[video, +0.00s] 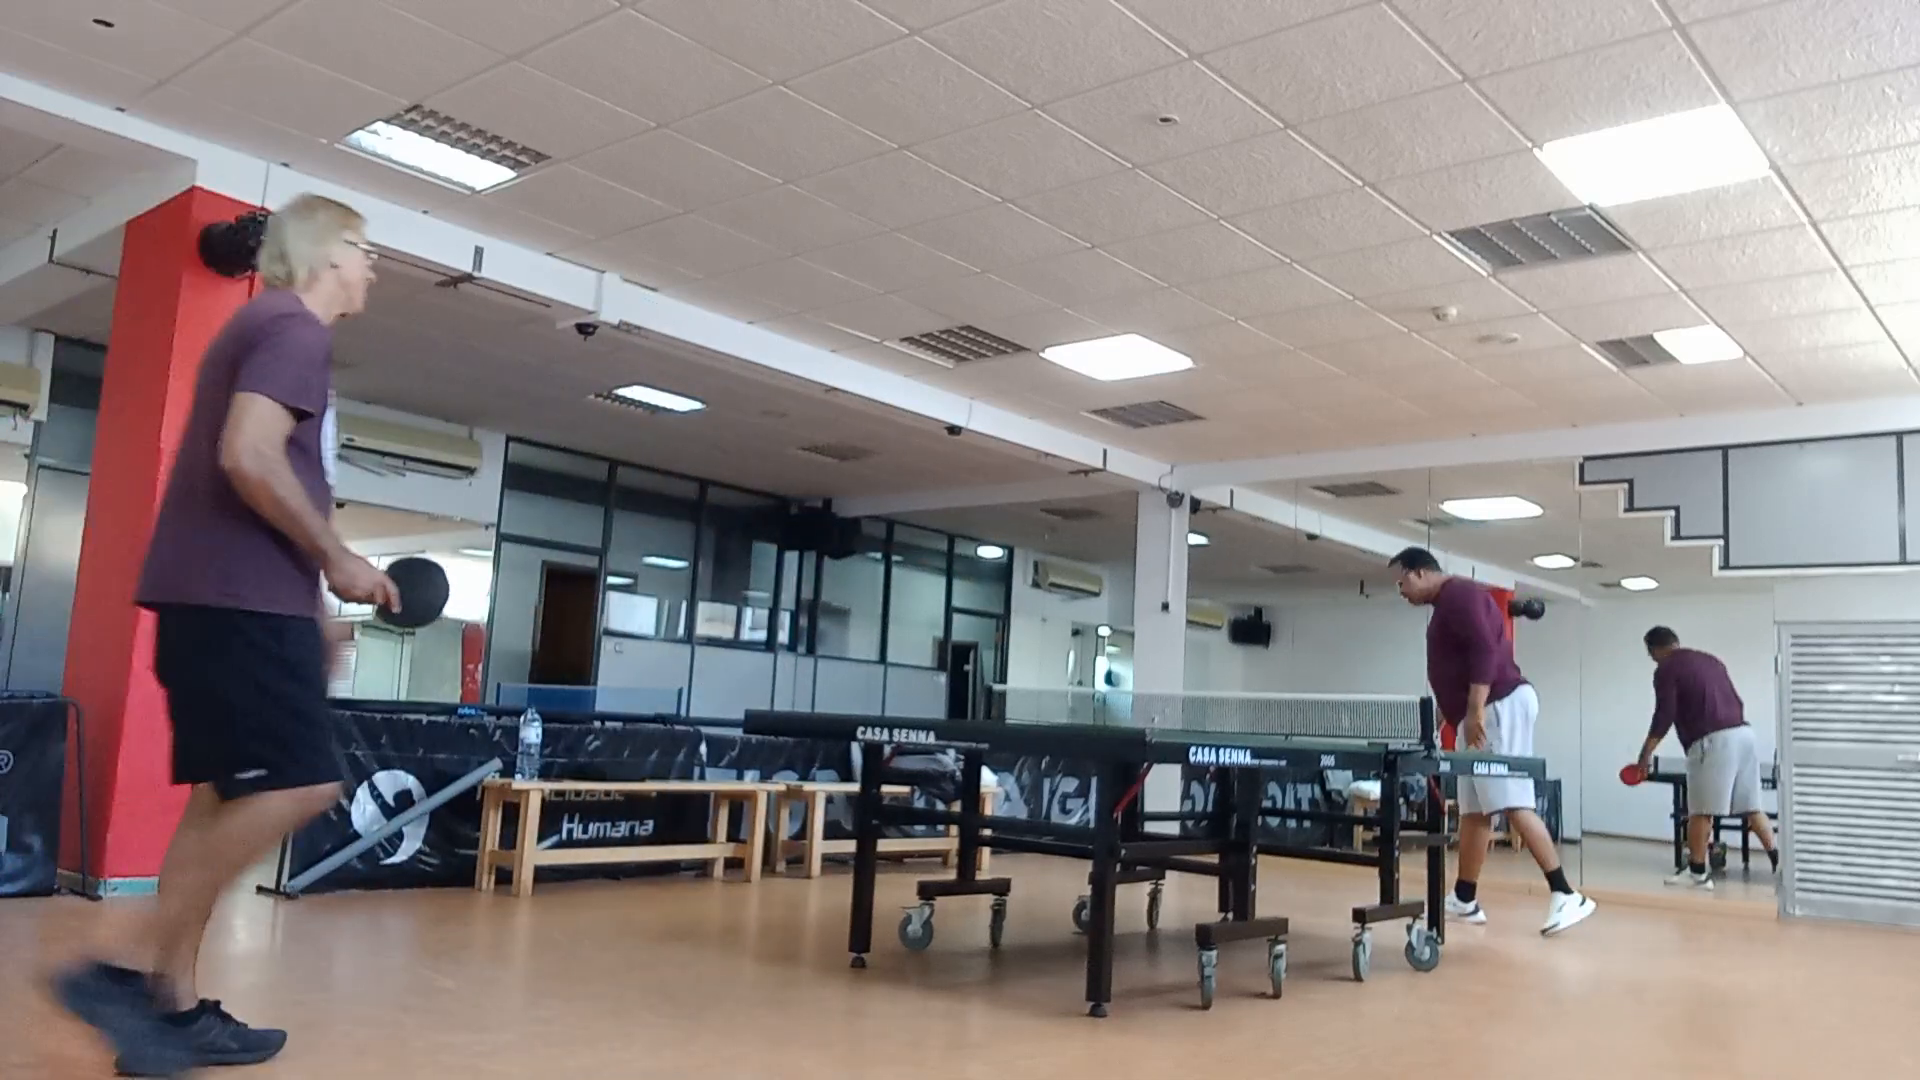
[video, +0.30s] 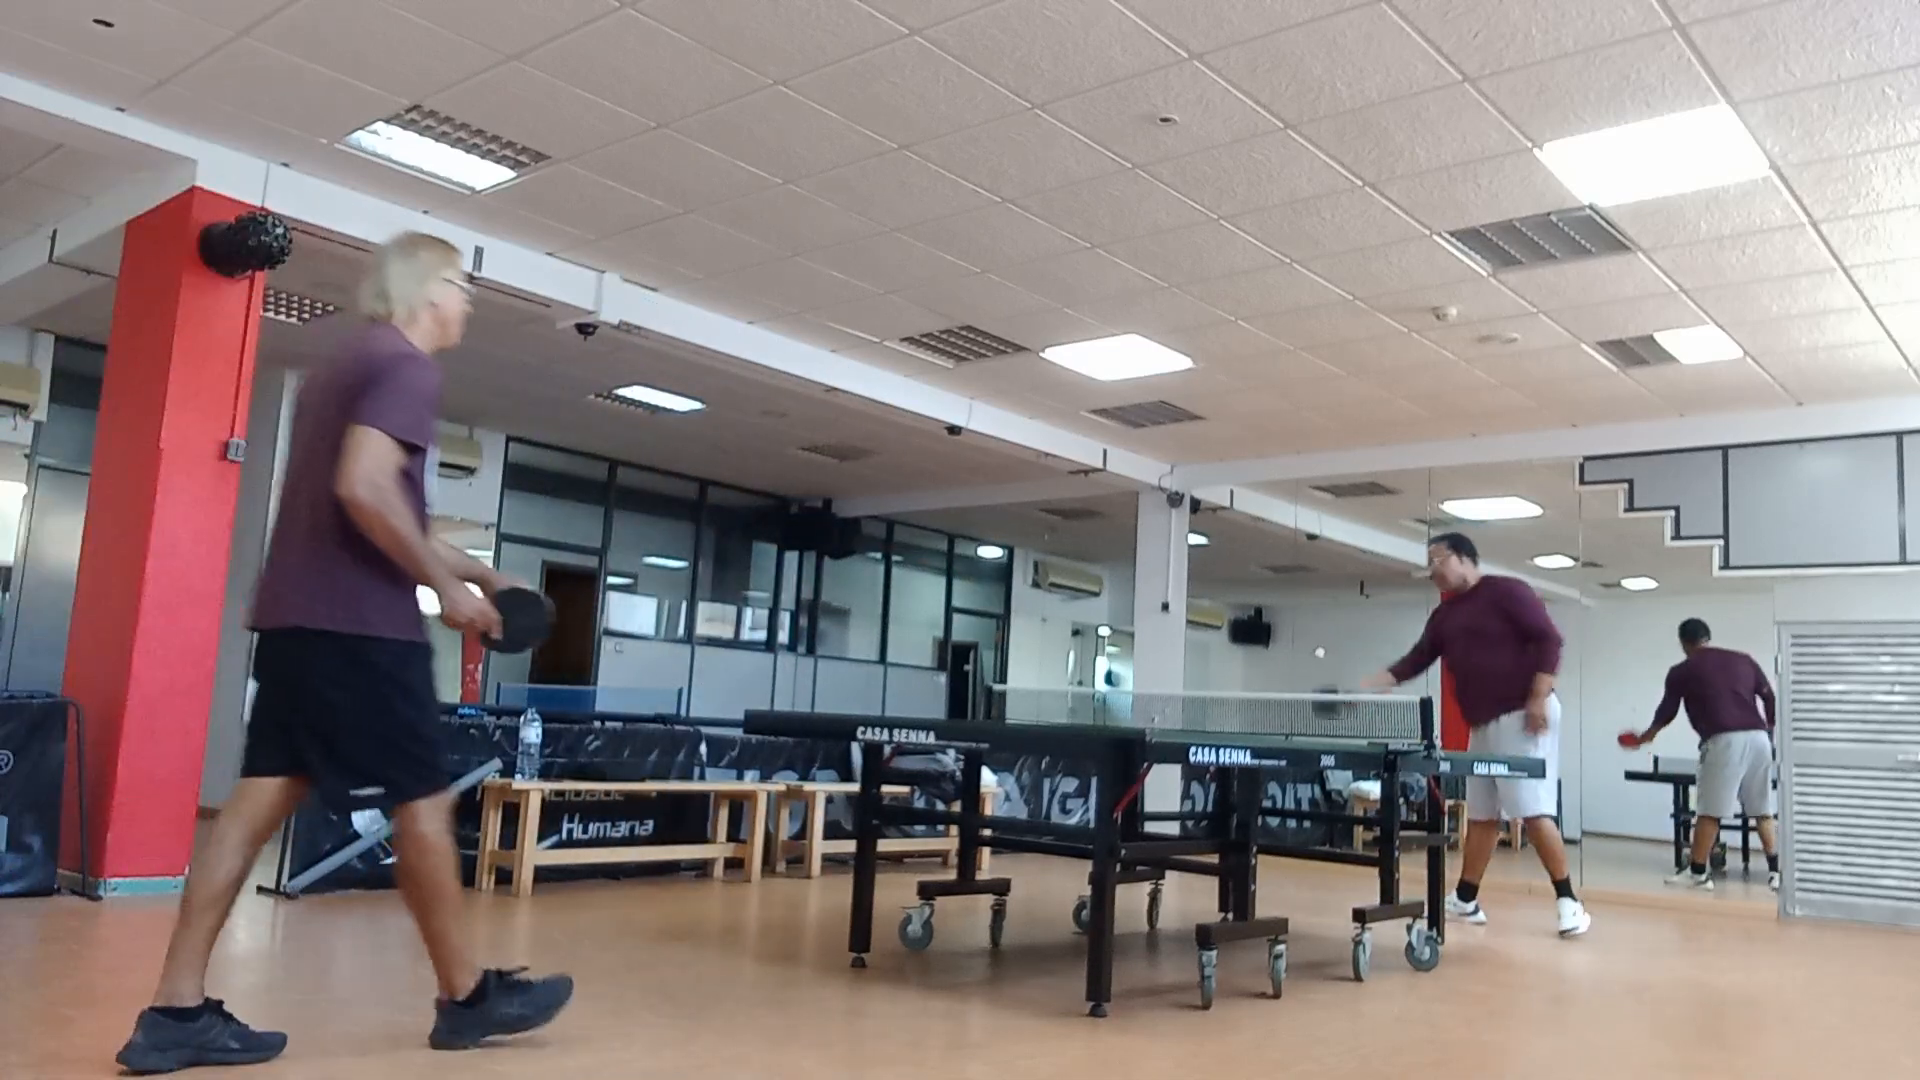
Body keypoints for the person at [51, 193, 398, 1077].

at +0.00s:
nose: (373, 275)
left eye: (370, 258)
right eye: (366, 257)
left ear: (290, 263)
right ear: (328, 260)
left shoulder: (258, 326)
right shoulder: (295, 328)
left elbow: (259, 482)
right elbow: (250, 455)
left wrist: (336, 577)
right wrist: (337, 559)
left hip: (215, 596)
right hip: (240, 599)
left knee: (223, 790)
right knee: (306, 779)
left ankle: (176, 1000)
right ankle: (123, 966)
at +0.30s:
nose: (467, 307)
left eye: (466, 291)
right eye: (461, 289)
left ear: (390, 291)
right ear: (425, 291)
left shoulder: (337, 362)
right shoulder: (407, 364)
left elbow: (350, 508)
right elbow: (364, 483)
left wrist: (451, 564)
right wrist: (446, 583)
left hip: (296, 624)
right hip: (362, 631)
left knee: (258, 800)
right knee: (425, 798)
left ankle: (176, 1008)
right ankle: (465, 995)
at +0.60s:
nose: (586, 334)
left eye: (586, 320)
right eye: (584, 320)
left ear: (511, 313)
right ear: (559, 320)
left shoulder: (455, 379)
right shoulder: (545, 393)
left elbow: (428, 503)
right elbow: (525, 510)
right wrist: (604, 586)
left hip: (425, 620)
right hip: (499, 629)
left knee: (437, 787)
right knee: (514, 801)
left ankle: (303, 926)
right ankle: (482, 998)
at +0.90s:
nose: (654, 355)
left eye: (654, 341)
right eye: (651, 341)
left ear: (585, 336)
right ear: (626, 340)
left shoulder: (517, 405)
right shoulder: (622, 410)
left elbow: (470, 517)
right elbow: (668, 522)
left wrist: (522, 578)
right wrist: (762, 536)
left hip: (505, 629)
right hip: (570, 635)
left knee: (541, 802)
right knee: (536, 810)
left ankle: (570, 959)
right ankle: (480, 997)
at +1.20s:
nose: (695, 368)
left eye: (693, 355)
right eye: (687, 353)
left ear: (630, 358)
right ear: (651, 356)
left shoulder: (578, 428)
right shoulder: (649, 426)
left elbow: (547, 543)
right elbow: (728, 516)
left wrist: (623, 566)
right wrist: (839, 524)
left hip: (568, 646)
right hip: (632, 646)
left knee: (606, 799)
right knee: (680, 791)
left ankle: (593, 957)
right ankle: (563, 930)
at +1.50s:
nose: (733, 384)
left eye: (731, 372)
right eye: (725, 369)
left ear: (676, 377)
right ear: (689, 374)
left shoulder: (632, 442)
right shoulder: (685, 439)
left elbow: (649, 555)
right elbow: (730, 535)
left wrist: (726, 576)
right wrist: (836, 556)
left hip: (624, 651)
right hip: (685, 654)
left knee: (624, 790)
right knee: (716, 794)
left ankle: (591, 962)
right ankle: (725, 956)